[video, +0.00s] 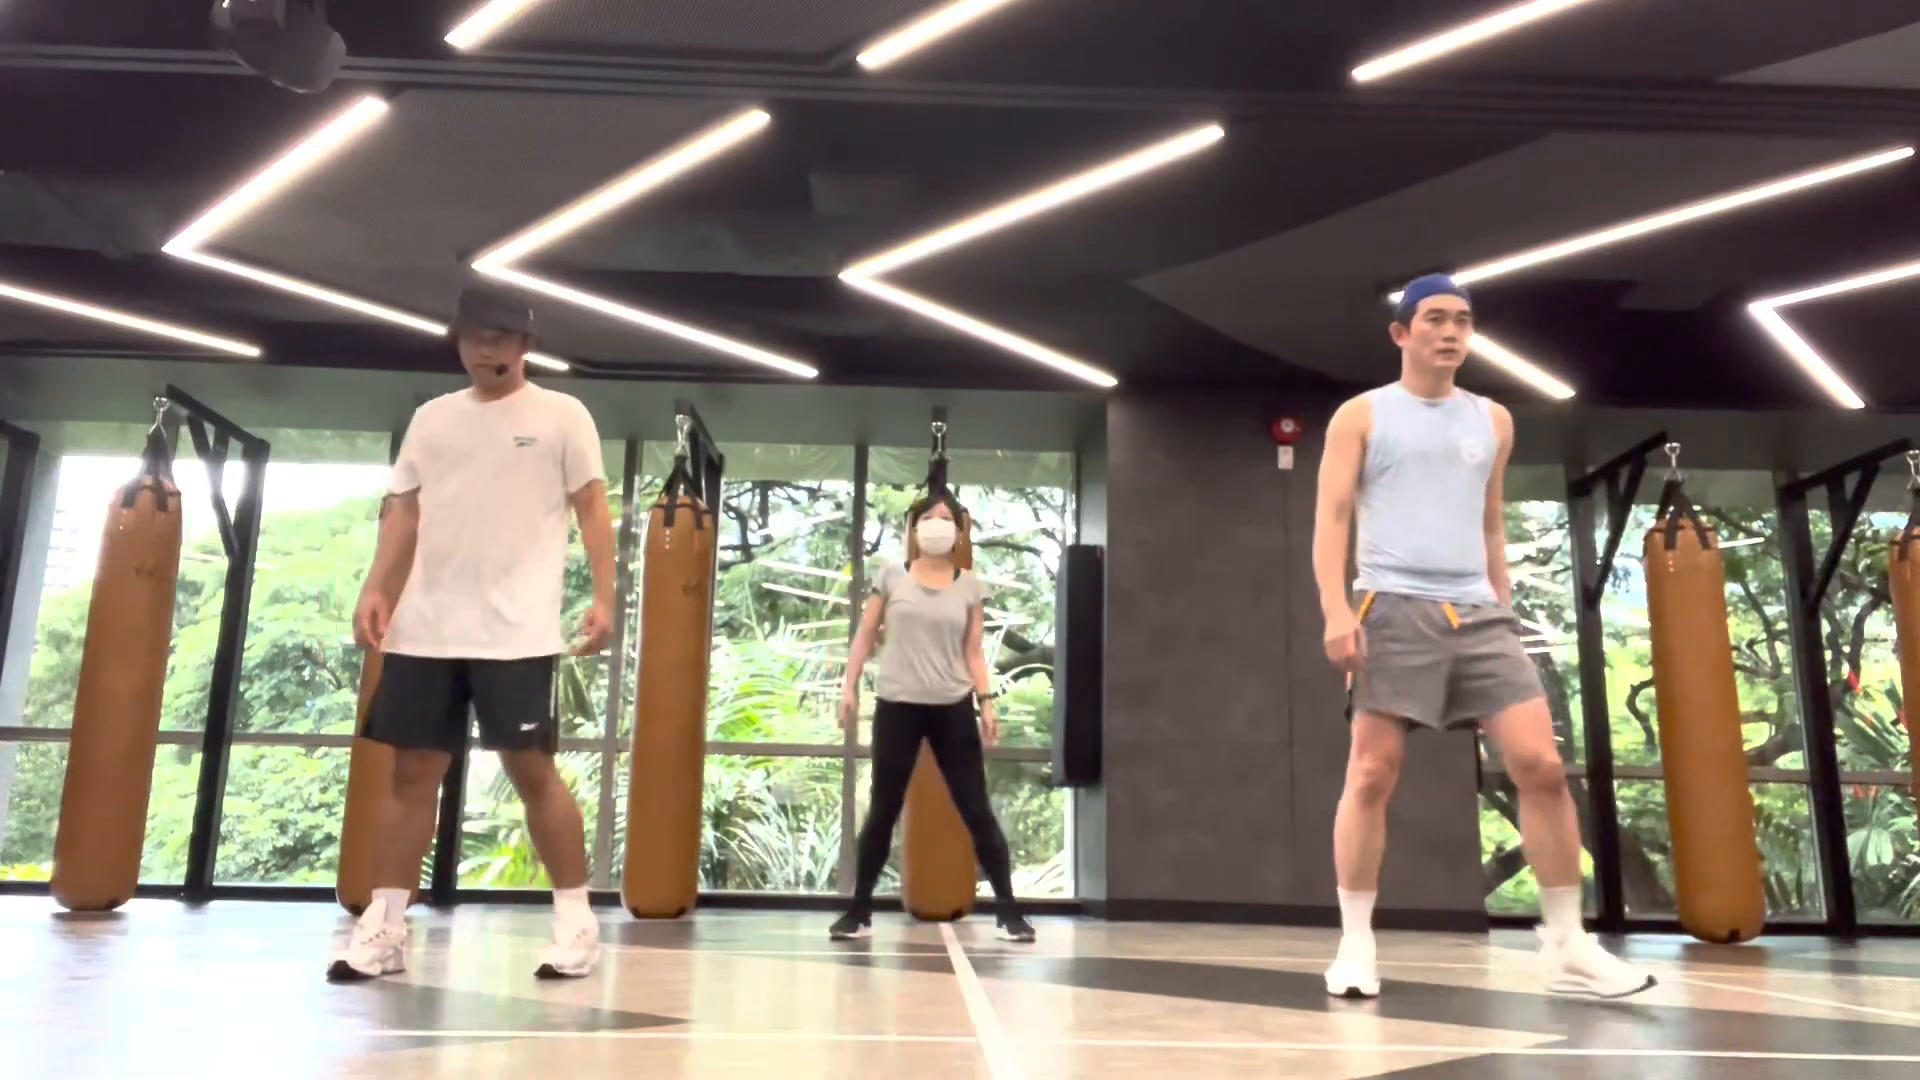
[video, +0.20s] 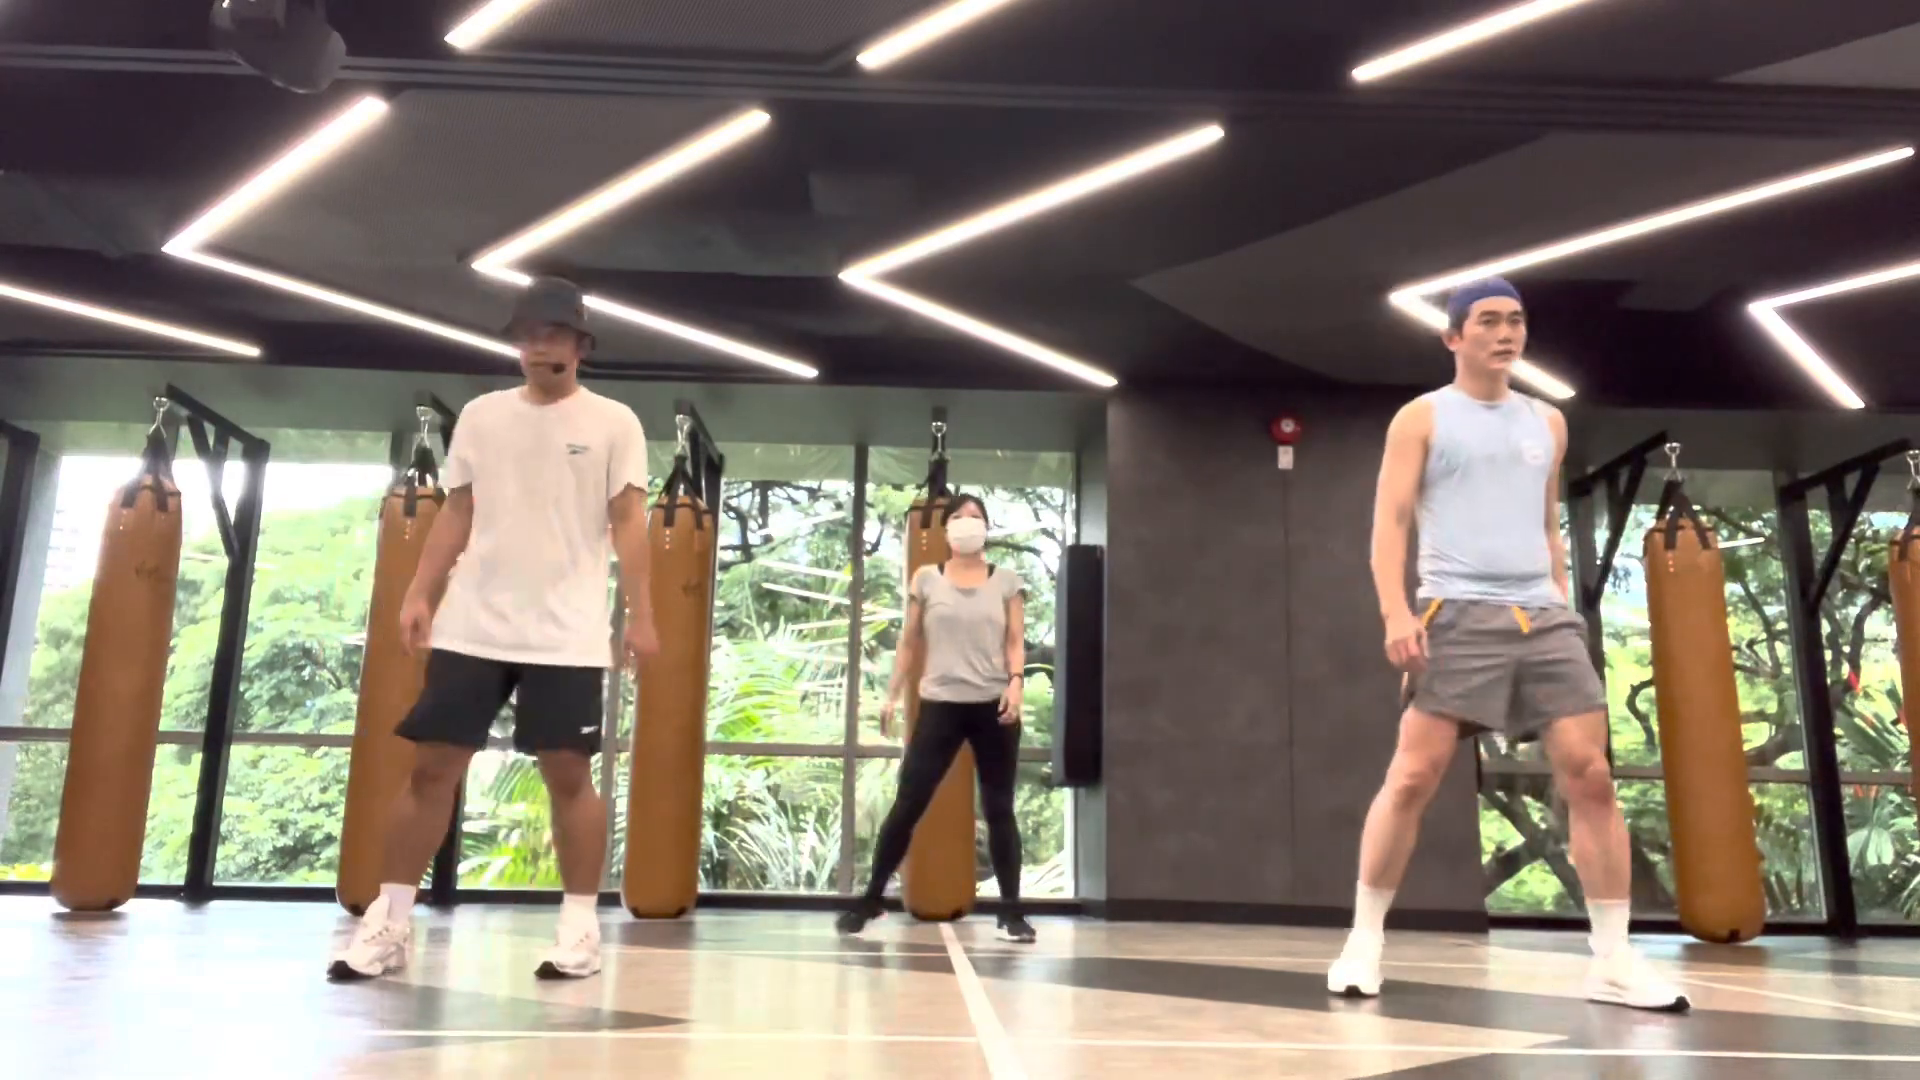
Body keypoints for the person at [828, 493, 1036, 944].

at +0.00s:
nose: (937, 526)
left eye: (947, 521)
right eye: (929, 519)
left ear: (959, 534)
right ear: (913, 530)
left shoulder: (970, 586)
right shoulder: (892, 577)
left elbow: (974, 651)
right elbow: (865, 636)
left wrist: (987, 702)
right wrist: (849, 689)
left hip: (952, 708)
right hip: (897, 707)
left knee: (977, 810)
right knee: (883, 809)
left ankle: (1008, 908)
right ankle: (859, 909)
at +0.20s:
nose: (967, 523)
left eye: (975, 517)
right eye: (958, 518)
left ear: (987, 532)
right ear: (945, 533)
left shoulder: (1006, 580)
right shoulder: (927, 579)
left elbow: (1015, 641)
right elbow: (909, 642)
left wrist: (1016, 685)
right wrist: (892, 694)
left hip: (993, 706)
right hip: (939, 705)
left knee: (1000, 811)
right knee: (908, 805)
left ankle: (1011, 911)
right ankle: (871, 898)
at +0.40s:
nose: (983, 525)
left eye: (992, 519)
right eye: (974, 519)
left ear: (1004, 531)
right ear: (961, 531)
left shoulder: (1021, 578)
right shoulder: (943, 578)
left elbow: (1029, 635)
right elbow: (932, 645)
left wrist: (1019, 660)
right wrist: (929, 702)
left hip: (1006, 701)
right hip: (954, 700)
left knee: (1006, 807)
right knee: (953, 801)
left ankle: (1012, 912)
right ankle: (947, 905)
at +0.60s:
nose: (984, 524)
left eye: (992, 518)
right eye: (974, 518)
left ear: (1004, 528)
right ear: (961, 529)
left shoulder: (1023, 575)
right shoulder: (943, 577)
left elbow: (1030, 640)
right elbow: (931, 645)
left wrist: (1016, 643)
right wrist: (928, 703)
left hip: (1009, 700)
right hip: (954, 698)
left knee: (1008, 806)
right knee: (947, 796)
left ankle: (1012, 911)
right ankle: (948, 891)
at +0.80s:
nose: (970, 520)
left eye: (978, 514)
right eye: (960, 514)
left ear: (991, 527)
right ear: (947, 528)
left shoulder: (1011, 572)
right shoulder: (931, 576)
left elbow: (1014, 628)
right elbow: (918, 645)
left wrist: (1003, 657)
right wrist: (908, 705)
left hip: (996, 703)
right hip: (940, 700)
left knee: (1001, 808)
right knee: (914, 799)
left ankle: (1011, 912)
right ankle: (874, 904)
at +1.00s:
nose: (945, 517)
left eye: (954, 511)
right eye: (936, 511)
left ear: (966, 526)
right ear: (918, 524)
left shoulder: (980, 572)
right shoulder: (899, 572)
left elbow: (990, 639)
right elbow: (881, 641)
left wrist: (994, 695)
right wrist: (867, 697)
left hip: (960, 704)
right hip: (902, 701)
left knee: (984, 810)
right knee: (886, 807)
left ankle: (1008, 906)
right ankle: (862, 912)